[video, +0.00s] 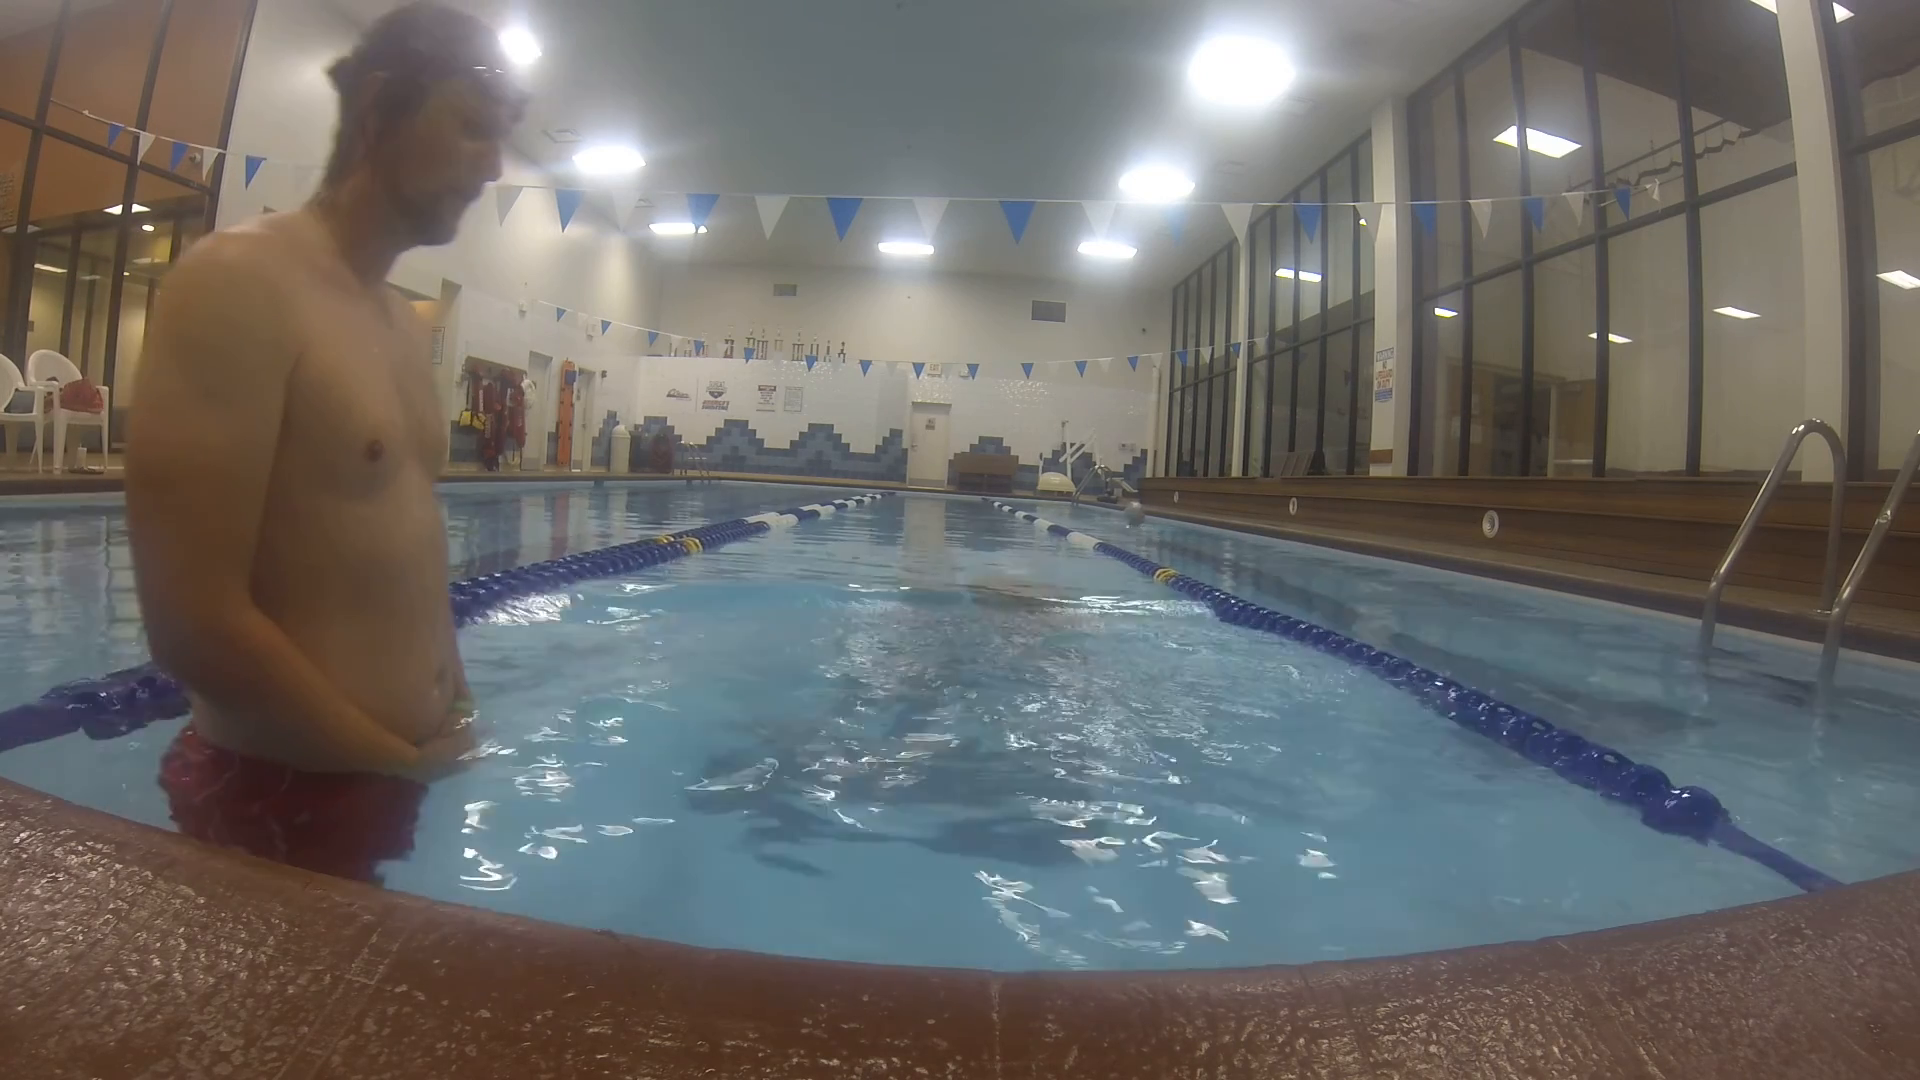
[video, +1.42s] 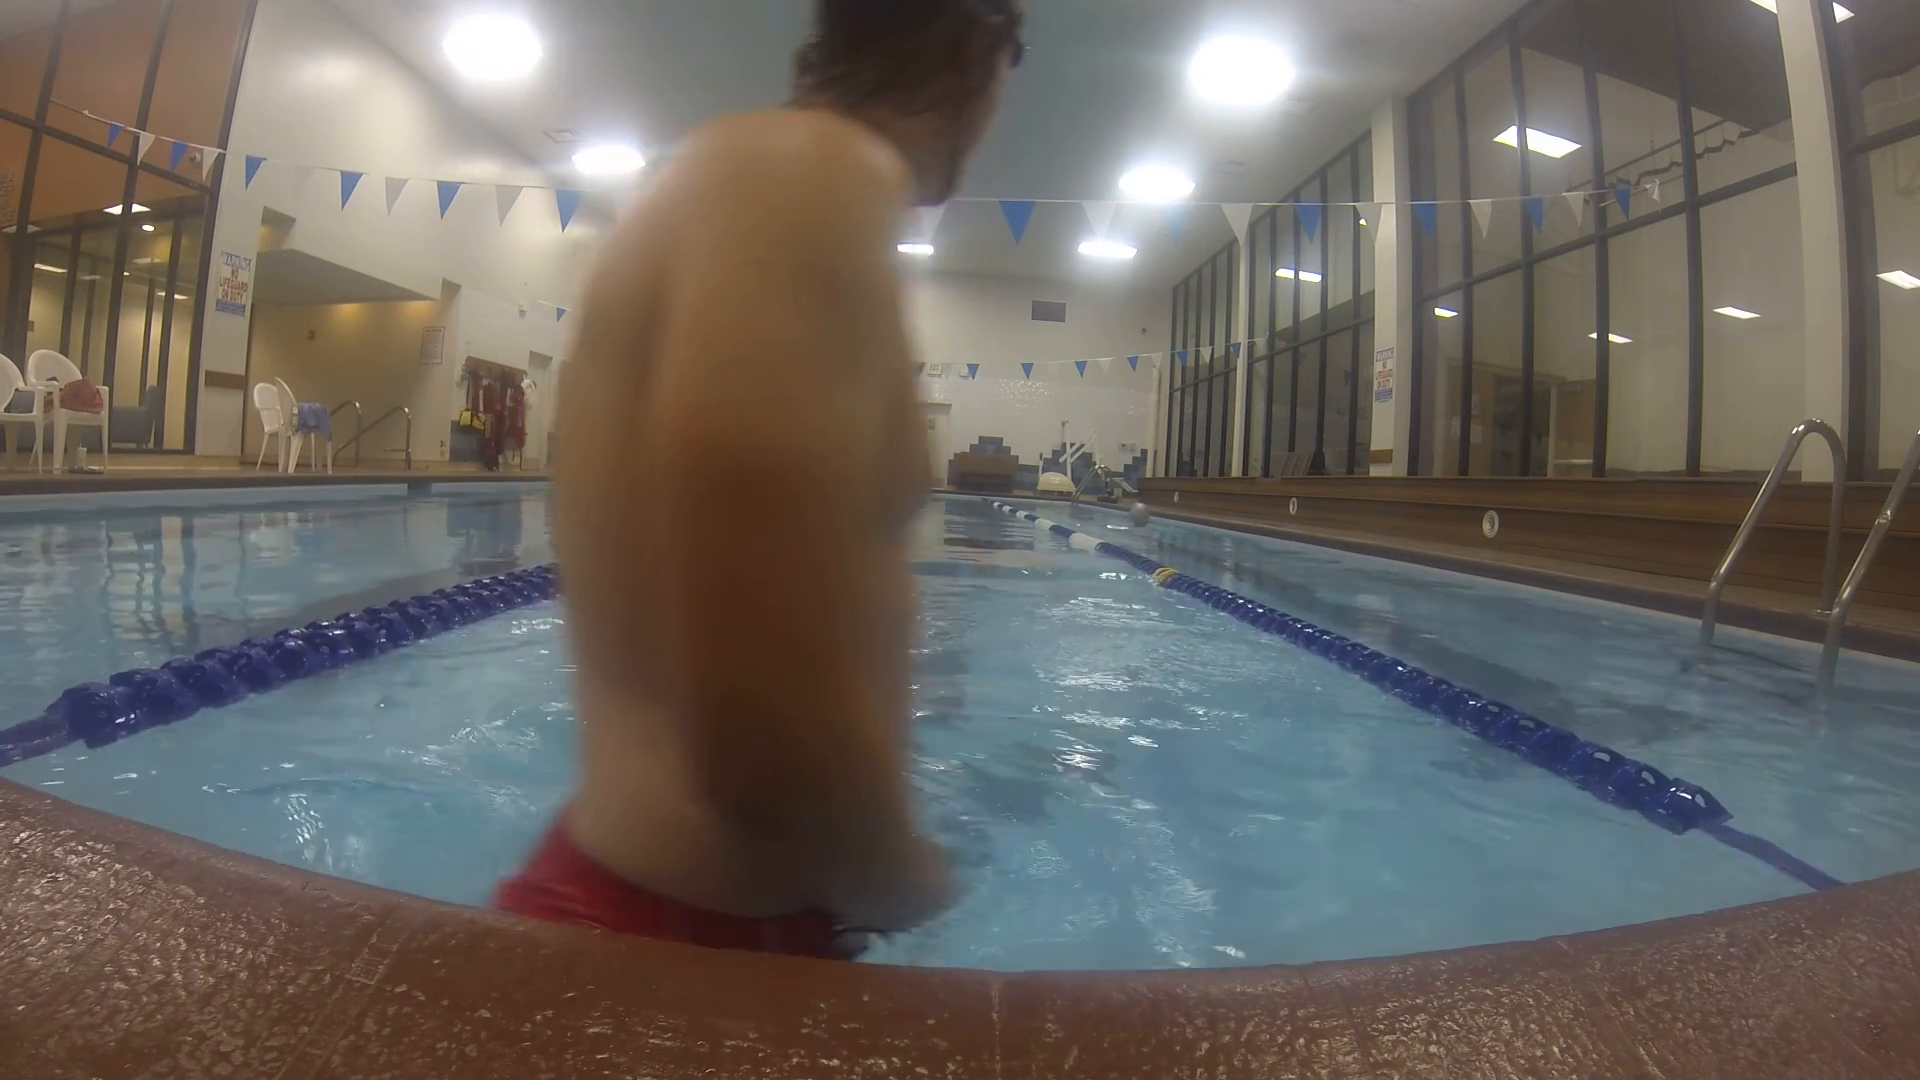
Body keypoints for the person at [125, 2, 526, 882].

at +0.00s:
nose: (494, 167)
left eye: (500, 142)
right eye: (474, 130)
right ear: (377, 115)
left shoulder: (403, 320)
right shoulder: (235, 282)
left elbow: (400, 554)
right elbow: (192, 622)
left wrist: (450, 707)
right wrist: (400, 764)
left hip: (373, 784)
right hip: (274, 799)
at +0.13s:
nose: (518, 172)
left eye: (527, 150)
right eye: (497, 134)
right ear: (400, 113)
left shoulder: (430, 325)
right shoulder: (258, 287)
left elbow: (408, 565)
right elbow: (208, 623)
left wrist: (460, 717)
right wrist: (410, 766)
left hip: (391, 794)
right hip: (284, 802)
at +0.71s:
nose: (647, 185)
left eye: (652, 158)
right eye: (631, 145)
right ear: (542, 126)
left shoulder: (508, 335)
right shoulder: (378, 292)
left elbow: (484, 600)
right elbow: (323, 643)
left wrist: (557, 758)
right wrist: (538, 810)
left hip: (455, 837)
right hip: (380, 846)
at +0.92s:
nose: (775, 186)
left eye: (777, 151)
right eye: (757, 142)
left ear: (661, 127)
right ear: (660, 119)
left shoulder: (578, 313)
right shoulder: (486, 284)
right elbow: (421, 670)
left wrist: (621, 786)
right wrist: (593, 821)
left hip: (501, 869)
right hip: (428, 878)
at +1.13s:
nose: (898, 161)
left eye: (903, 119)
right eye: (893, 110)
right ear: (807, 71)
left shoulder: (664, 251)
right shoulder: (619, 237)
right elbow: (546, 699)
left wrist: (716, 836)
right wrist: (715, 857)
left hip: (577, 909)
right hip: (512, 916)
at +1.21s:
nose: (924, 154)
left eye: (935, 114)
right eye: (928, 106)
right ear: (872, 57)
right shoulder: (675, 209)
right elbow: (597, 712)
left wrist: (769, 847)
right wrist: (770, 870)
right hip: (571, 930)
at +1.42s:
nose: (994, 113)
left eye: (1004, 77)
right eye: (1006, 73)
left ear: (837, 48)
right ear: (982, 58)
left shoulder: (706, 179)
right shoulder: (804, 172)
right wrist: (891, 876)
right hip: (716, 932)